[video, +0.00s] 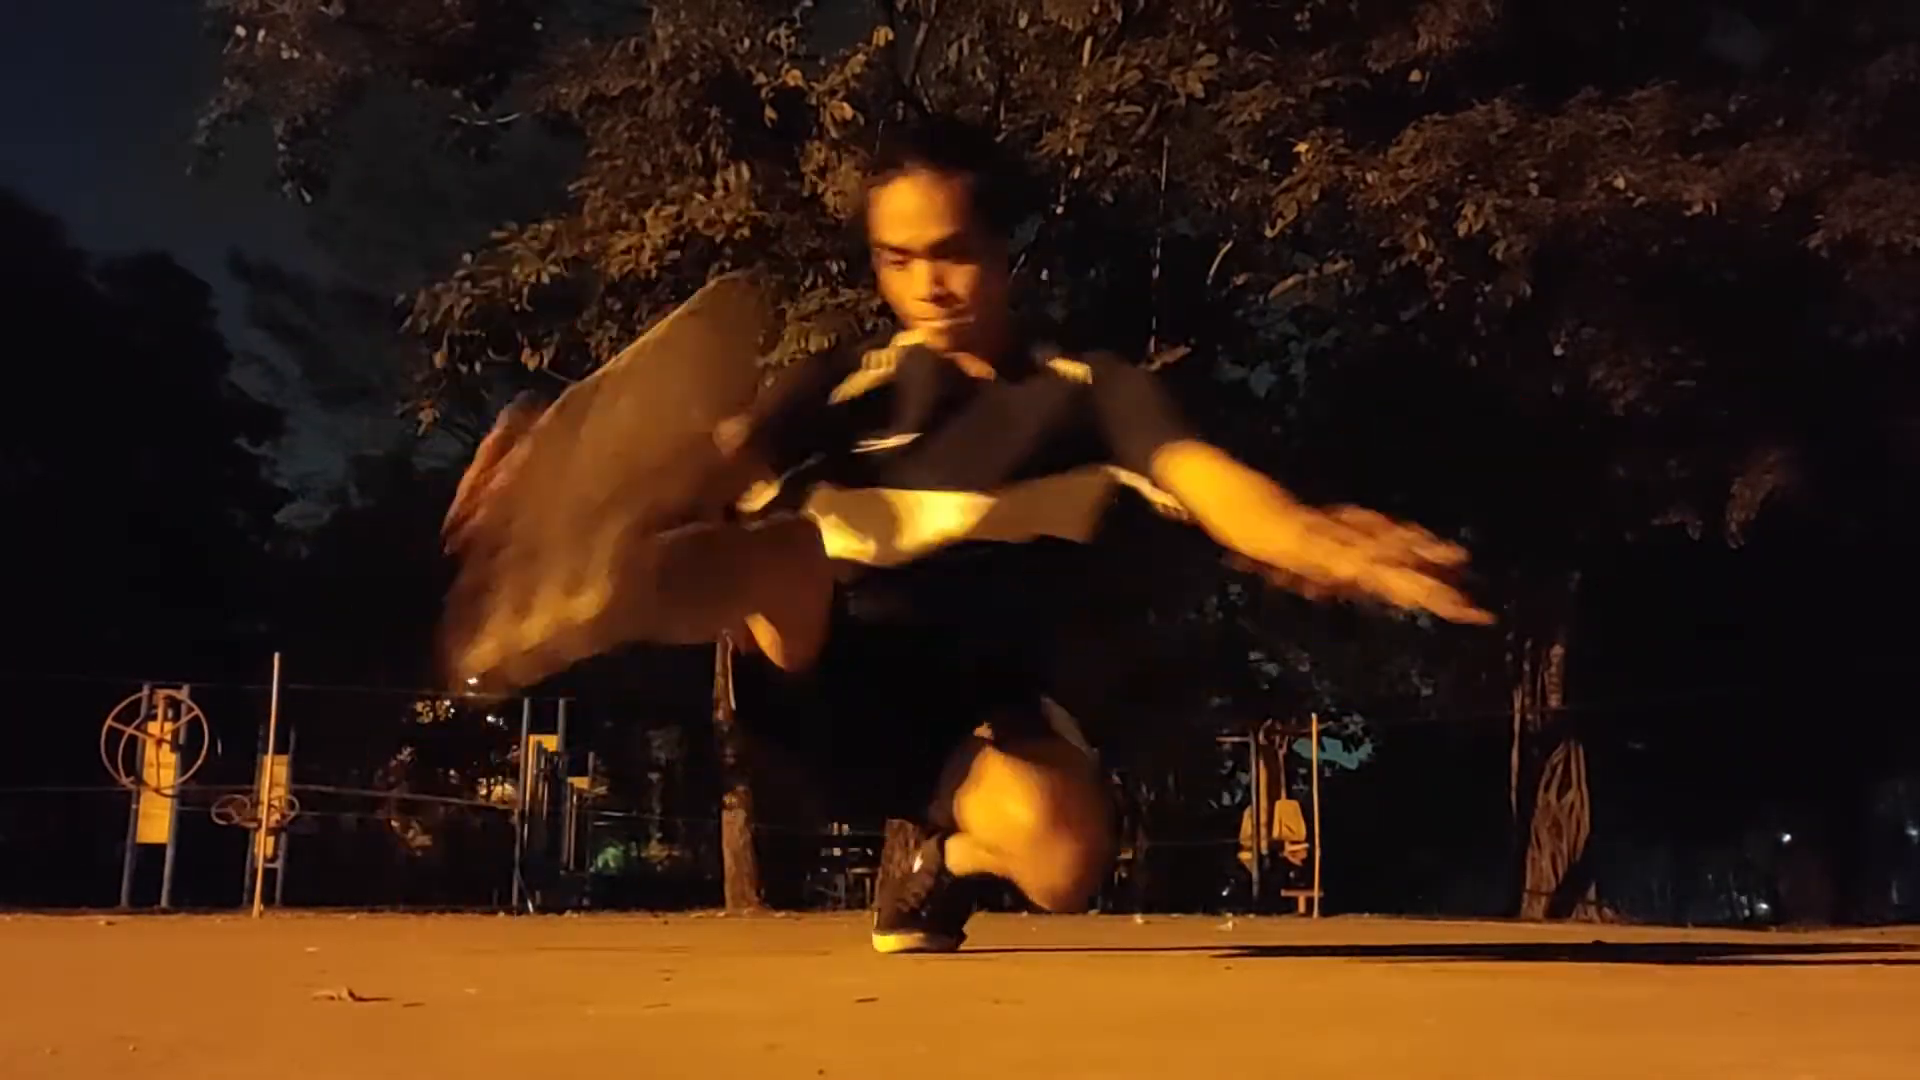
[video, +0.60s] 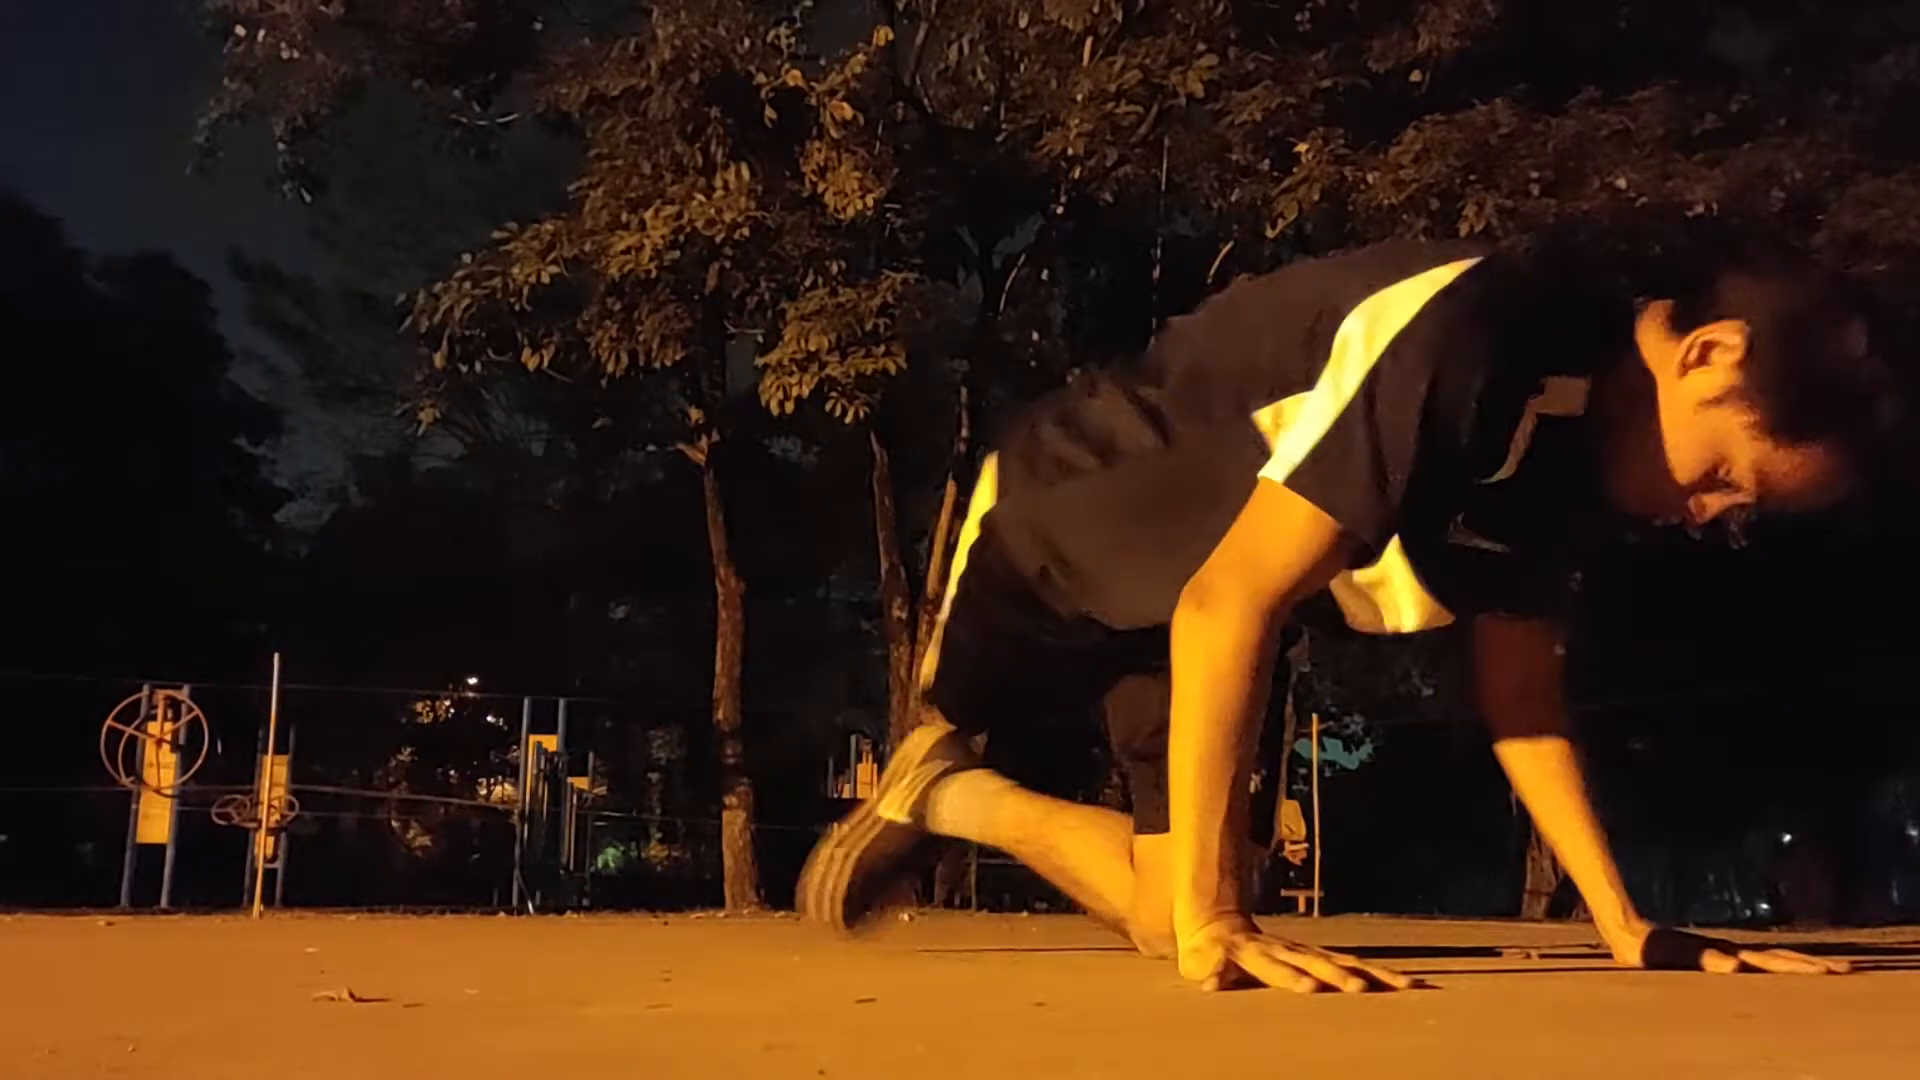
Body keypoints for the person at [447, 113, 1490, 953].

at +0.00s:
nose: (935, 282)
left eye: (959, 254)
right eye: (908, 259)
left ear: (1011, 255)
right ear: (876, 267)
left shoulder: (1091, 395)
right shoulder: (837, 395)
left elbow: (1210, 488)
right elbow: (691, 497)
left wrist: (1321, 545)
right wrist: (540, 513)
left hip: (977, 700)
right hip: (828, 684)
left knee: (1066, 858)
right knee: (778, 552)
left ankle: (929, 860)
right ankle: (579, 594)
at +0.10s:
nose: (1003, 290)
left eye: (1032, 251)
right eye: (980, 263)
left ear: (1118, 251)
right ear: (959, 277)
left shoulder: (1208, 431)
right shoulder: (930, 386)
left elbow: (1367, 578)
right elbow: (786, 401)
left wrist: (1541, 694)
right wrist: (738, 349)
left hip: (1076, 735)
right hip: (901, 690)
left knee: (1134, 905)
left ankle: (958, 878)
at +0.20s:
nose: (1136, 267)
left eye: (1174, 234)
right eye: (1114, 232)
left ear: (1252, 241)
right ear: (1085, 232)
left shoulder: (1303, 426)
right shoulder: (1042, 318)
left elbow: (1457, 623)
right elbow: (874, 380)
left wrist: (1647, 838)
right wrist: (911, 468)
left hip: (1089, 706)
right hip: (928, 630)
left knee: (1146, 910)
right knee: (722, 702)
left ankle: (974, 851)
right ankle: (521, 873)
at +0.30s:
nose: (1362, 284)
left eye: (1400, 257)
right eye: (1336, 243)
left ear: (1445, 260)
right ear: (1278, 215)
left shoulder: (1452, 405)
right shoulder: (1186, 284)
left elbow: (1509, 670)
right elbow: (1058, 483)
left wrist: (1621, 909)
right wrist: (1084, 701)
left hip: (1164, 645)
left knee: (1165, 912)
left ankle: (990, 833)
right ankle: (682, 848)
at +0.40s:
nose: (1589, 386)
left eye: (1623, 362)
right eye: (1581, 336)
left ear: (1645, 353)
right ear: (1501, 238)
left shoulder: (1523, 430)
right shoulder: (1324, 288)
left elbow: (1509, 676)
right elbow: (1215, 584)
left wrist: (1622, 924)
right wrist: (1223, 917)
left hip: (1186, 620)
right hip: (1023, 573)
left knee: (1174, 920)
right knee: (901, 851)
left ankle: (1011, 838)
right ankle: (931, 876)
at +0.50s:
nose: (1687, 492)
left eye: (1717, 476)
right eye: (1697, 446)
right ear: (1638, 328)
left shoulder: (1534, 450)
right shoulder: (1438, 337)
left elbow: (1491, 688)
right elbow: (1229, 601)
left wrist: (1617, 921)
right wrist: (1206, 922)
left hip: (1183, 592)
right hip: (1025, 546)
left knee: (1181, 924)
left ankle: (1009, 810)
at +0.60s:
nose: (1715, 518)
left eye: (1749, 512)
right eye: (1730, 478)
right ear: (1692, 351)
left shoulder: (1583, 451)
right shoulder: (1469, 339)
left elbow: (1521, 686)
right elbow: (1230, 597)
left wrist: (1621, 924)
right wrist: (1211, 924)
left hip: (1195, 596)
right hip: (1034, 532)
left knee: (1190, 916)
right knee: (937, 758)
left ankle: (946, 790)